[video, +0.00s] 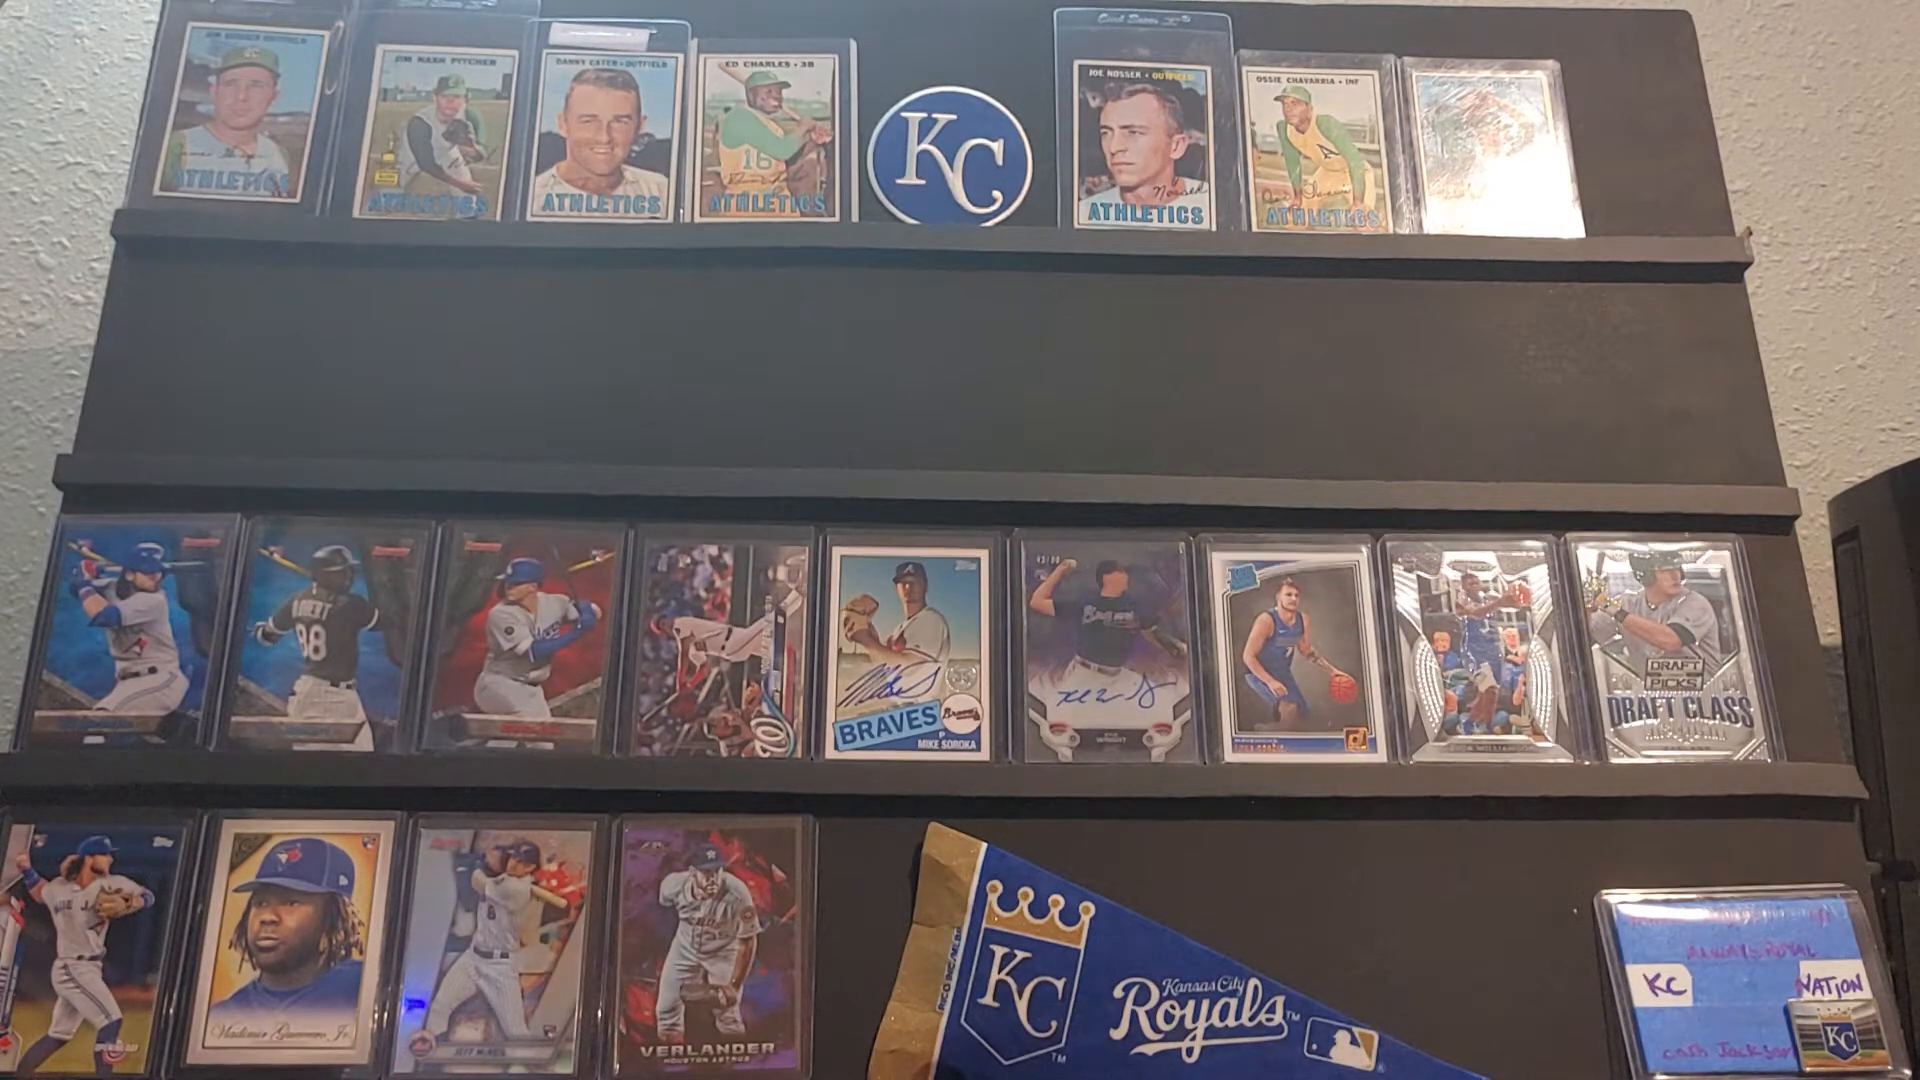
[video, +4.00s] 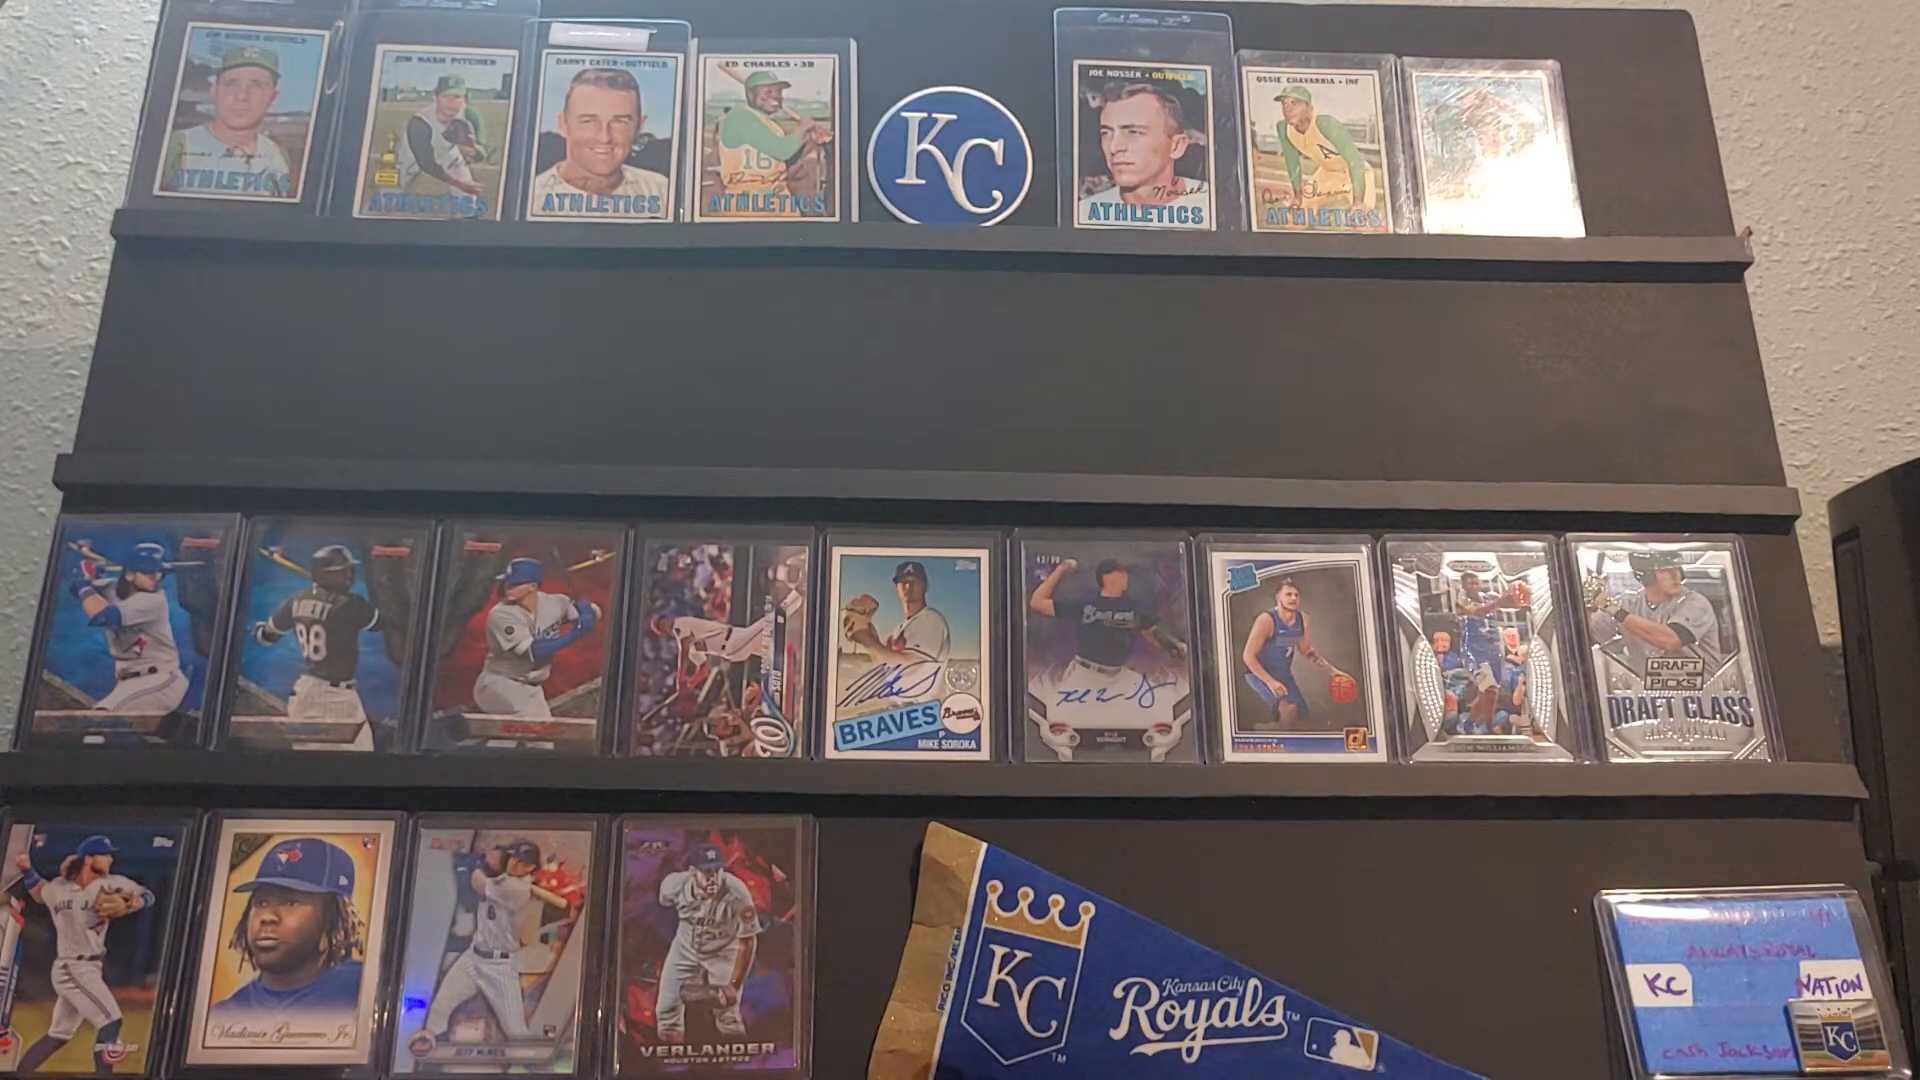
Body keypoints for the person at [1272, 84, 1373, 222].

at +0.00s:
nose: (1288, 109)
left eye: (1294, 104)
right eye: (1284, 104)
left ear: (1309, 108)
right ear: (1281, 108)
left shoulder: (1327, 124)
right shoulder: (1284, 128)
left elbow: (1355, 161)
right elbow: (1292, 163)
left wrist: (1358, 203)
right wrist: (1297, 197)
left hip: (1354, 172)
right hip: (1327, 172)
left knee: (1361, 218)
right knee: (1303, 207)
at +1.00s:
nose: (1288, 109)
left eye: (1294, 103)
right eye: (1285, 104)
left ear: (1308, 107)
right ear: (1282, 108)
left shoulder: (1326, 123)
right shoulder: (1283, 128)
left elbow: (1355, 159)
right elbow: (1292, 162)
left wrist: (1358, 203)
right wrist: (1297, 196)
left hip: (1354, 172)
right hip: (1326, 172)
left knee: (1361, 218)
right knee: (1304, 210)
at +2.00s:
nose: (1288, 109)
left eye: (1294, 103)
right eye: (1284, 105)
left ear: (1308, 107)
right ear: (1281, 108)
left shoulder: (1327, 124)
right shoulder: (1283, 128)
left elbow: (1355, 160)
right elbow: (1293, 163)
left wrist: (1358, 202)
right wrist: (1297, 197)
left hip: (1354, 174)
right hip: (1327, 173)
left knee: (1360, 218)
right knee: (1302, 210)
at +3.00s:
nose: (1288, 109)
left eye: (1294, 103)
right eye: (1284, 104)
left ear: (1309, 107)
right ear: (1281, 108)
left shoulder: (1327, 124)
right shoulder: (1283, 128)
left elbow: (1355, 161)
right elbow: (1293, 163)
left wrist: (1358, 202)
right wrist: (1297, 197)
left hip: (1355, 172)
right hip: (1327, 172)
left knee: (1360, 219)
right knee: (1303, 208)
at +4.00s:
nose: (1288, 109)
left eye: (1294, 103)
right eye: (1285, 104)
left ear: (1308, 107)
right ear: (1281, 108)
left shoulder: (1326, 124)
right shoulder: (1283, 128)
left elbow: (1355, 161)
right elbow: (1293, 163)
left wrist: (1358, 202)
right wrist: (1298, 197)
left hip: (1355, 172)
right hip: (1327, 172)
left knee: (1360, 218)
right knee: (1302, 208)